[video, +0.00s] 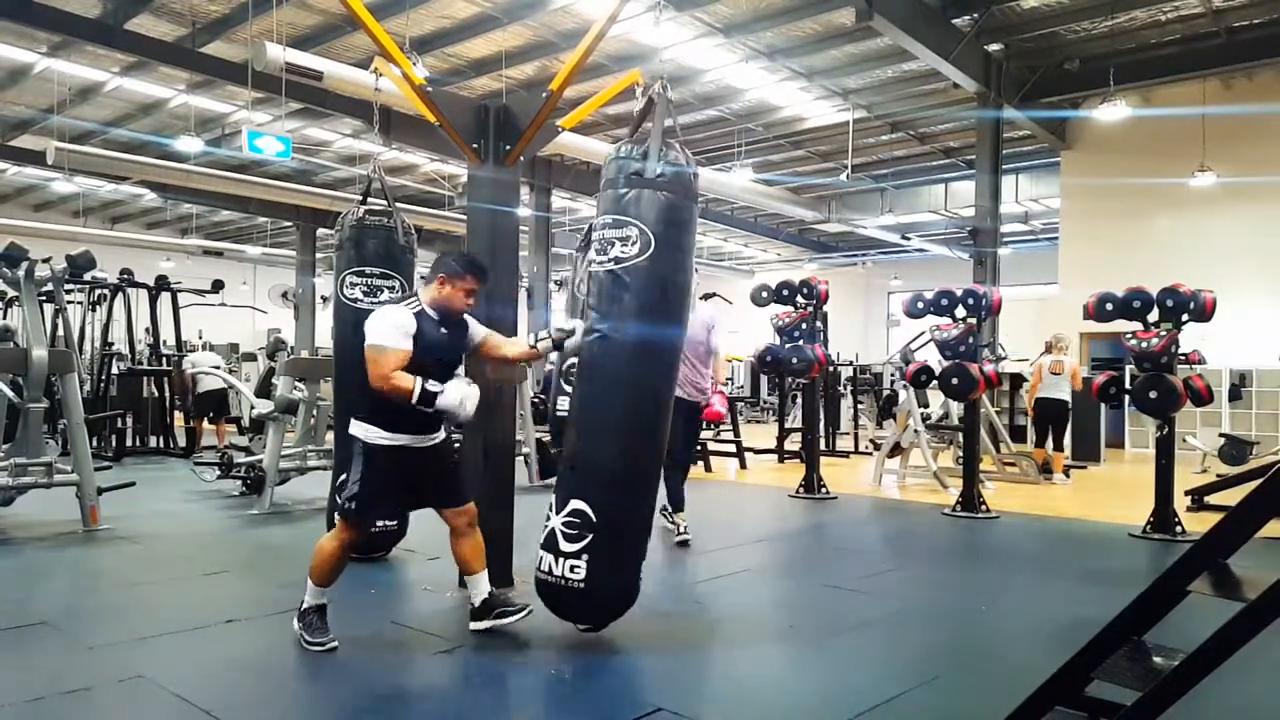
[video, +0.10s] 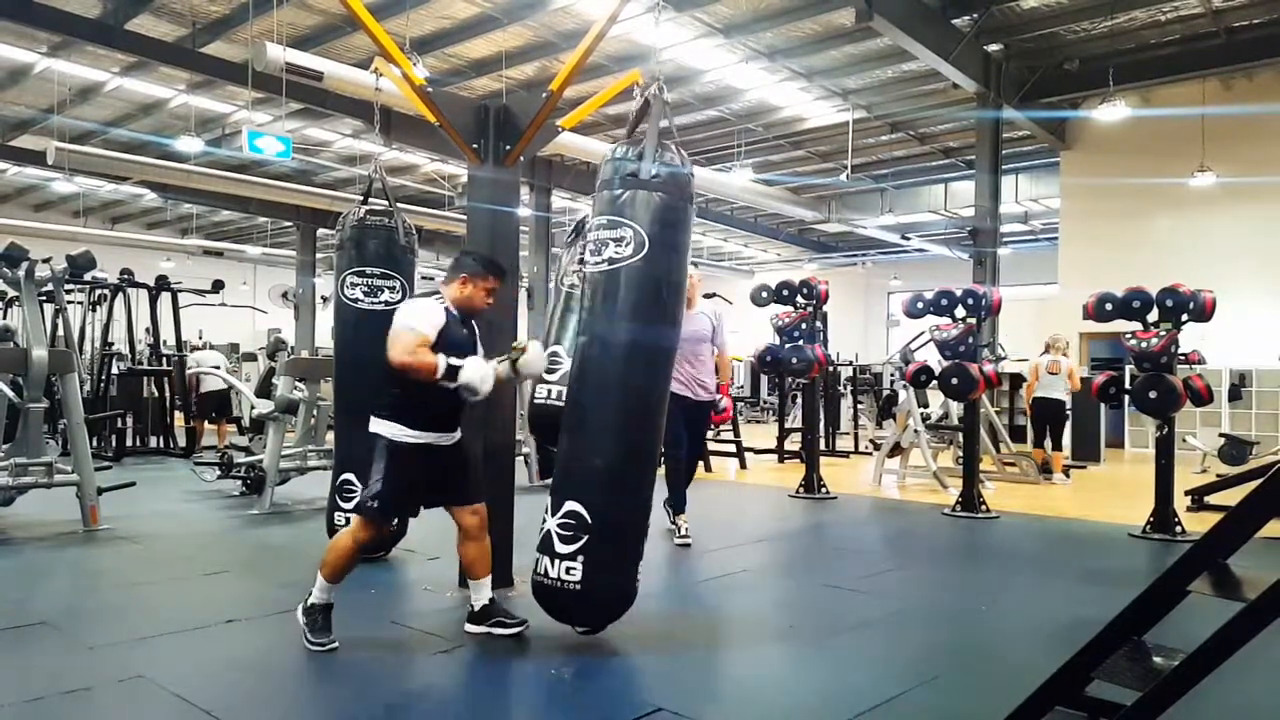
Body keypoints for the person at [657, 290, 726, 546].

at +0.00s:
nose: (687, 285)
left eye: (690, 279)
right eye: (684, 280)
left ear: (696, 283)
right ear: (677, 285)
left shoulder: (709, 314)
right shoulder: (667, 311)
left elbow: (716, 350)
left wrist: (718, 382)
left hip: (698, 394)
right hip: (672, 393)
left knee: (686, 455)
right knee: (673, 456)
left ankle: (672, 506)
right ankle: (678, 515)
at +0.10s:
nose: (688, 284)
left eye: (692, 279)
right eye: (685, 279)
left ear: (699, 284)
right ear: (679, 284)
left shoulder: (712, 315)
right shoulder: (670, 313)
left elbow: (722, 354)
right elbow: (658, 351)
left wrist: (724, 390)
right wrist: (654, 388)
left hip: (703, 395)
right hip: (673, 393)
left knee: (693, 457)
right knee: (676, 454)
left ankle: (673, 501)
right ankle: (680, 515)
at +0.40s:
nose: (708, 276)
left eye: (713, 271)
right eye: (703, 271)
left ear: (718, 276)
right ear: (693, 275)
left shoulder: (725, 307)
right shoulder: (681, 306)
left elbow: (735, 346)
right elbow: (667, 348)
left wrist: (743, 381)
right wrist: (669, 385)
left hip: (722, 392)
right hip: (687, 392)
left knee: (736, 453)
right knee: (683, 458)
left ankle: (711, 510)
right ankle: (682, 520)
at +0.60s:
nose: (739, 275)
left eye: (741, 271)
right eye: (733, 270)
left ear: (743, 277)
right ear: (718, 274)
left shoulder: (743, 311)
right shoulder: (705, 304)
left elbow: (743, 356)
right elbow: (693, 340)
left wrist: (751, 390)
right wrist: (707, 360)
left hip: (737, 399)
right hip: (703, 396)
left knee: (742, 462)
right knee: (692, 463)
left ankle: (753, 530)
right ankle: (683, 521)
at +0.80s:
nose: (777, 272)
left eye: (777, 267)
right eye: (771, 266)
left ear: (768, 273)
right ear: (752, 269)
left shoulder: (772, 312)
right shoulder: (733, 303)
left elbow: (779, 356)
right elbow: (717, 344)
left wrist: (788, 392)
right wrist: (736, 371)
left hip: (766, 400)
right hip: (735, 399)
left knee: (759, 467)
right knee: (728, 464)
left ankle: (754, 536)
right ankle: (689, 509)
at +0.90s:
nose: (794, 270)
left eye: (794, 265)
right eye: (789, 265)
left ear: (779, 270)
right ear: (770, 269)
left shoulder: (789, 312)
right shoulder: (748, 301)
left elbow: (797, 355)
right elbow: (734, 344)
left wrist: (809, 394)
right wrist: (742, 382)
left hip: (780, 396)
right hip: (752, 392)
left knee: (768, 463)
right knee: (760, 461)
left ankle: (755, 535)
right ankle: (718, 504)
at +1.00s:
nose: (809, 269)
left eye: (808, 264)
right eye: (804, 263)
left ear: (792, 270)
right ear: (785, 268)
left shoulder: (800, 308)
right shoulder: (761, 300)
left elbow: (808, 353)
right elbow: (744, 344)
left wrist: (822, 388)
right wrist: (745, 388)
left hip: (791, 390)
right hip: (768, 388)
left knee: (773, 458)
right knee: (791, 457)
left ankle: (757, 534)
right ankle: (752, 521)